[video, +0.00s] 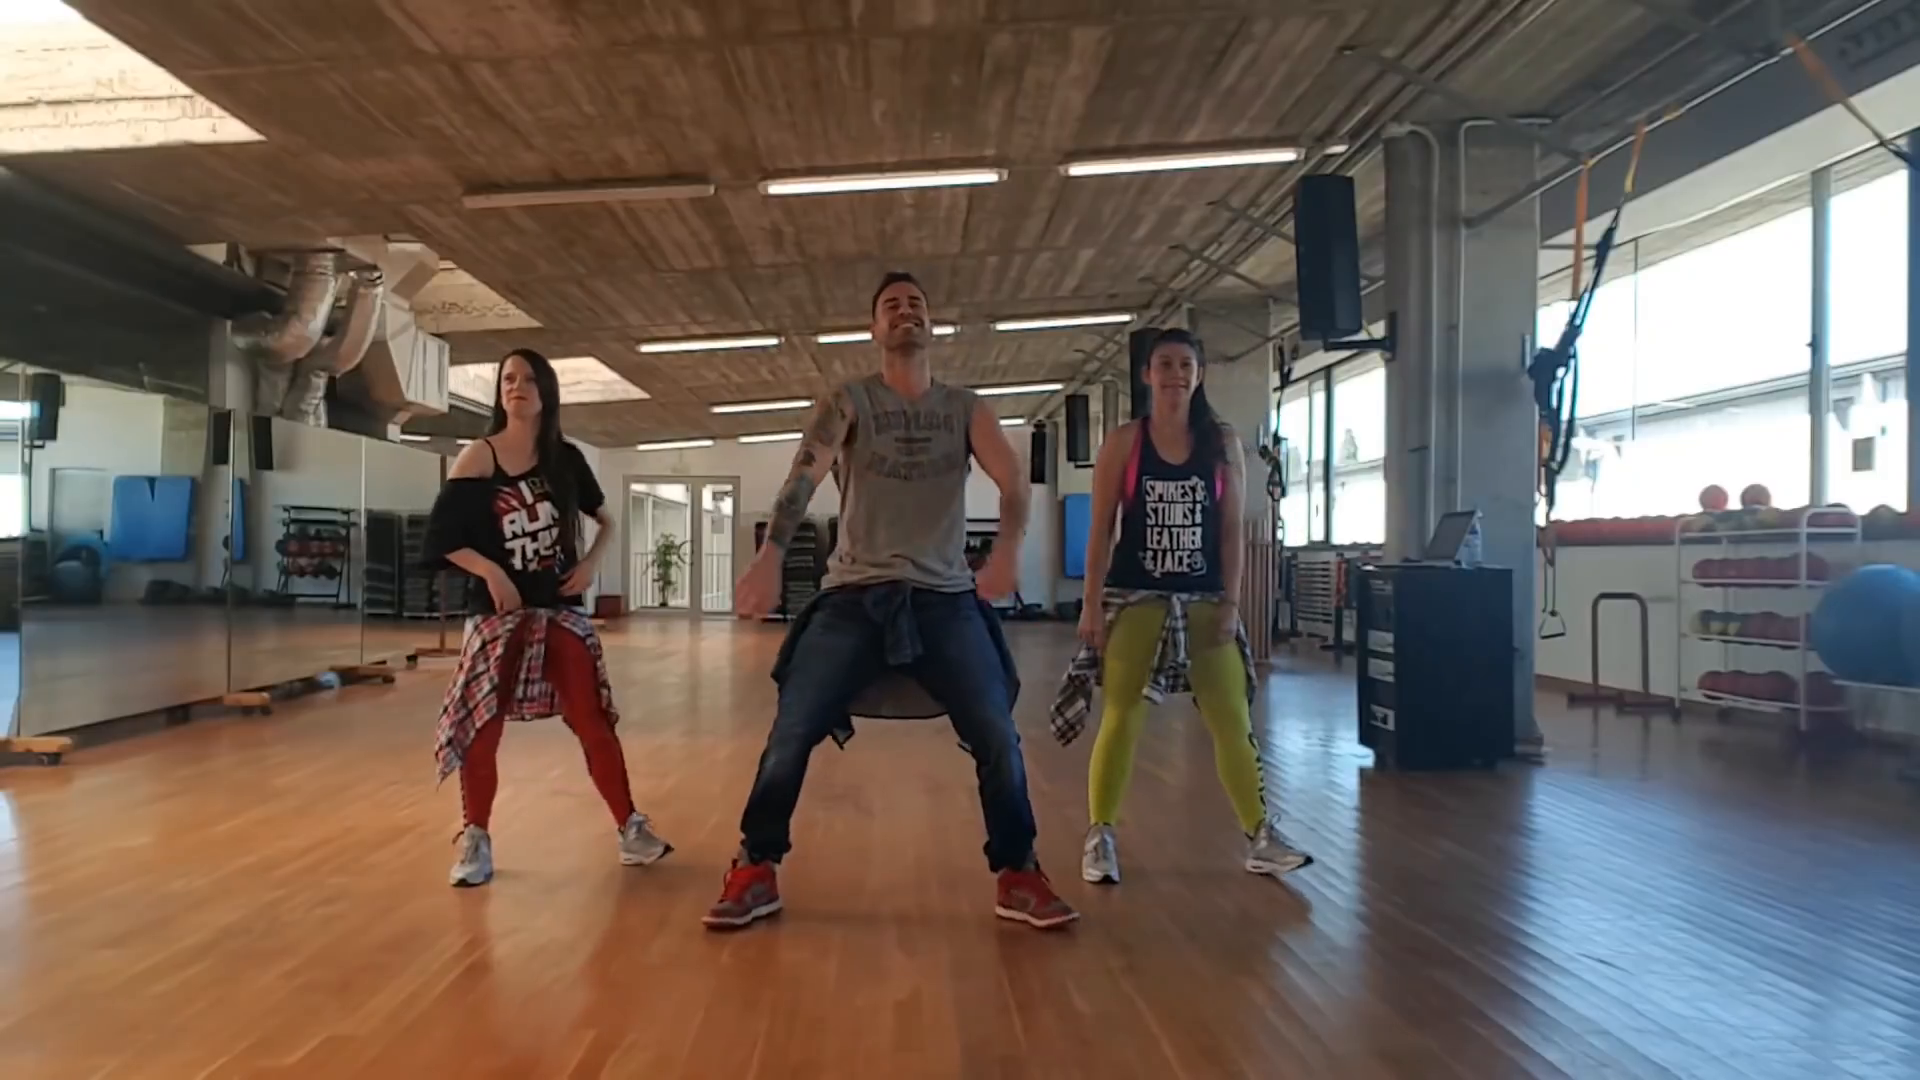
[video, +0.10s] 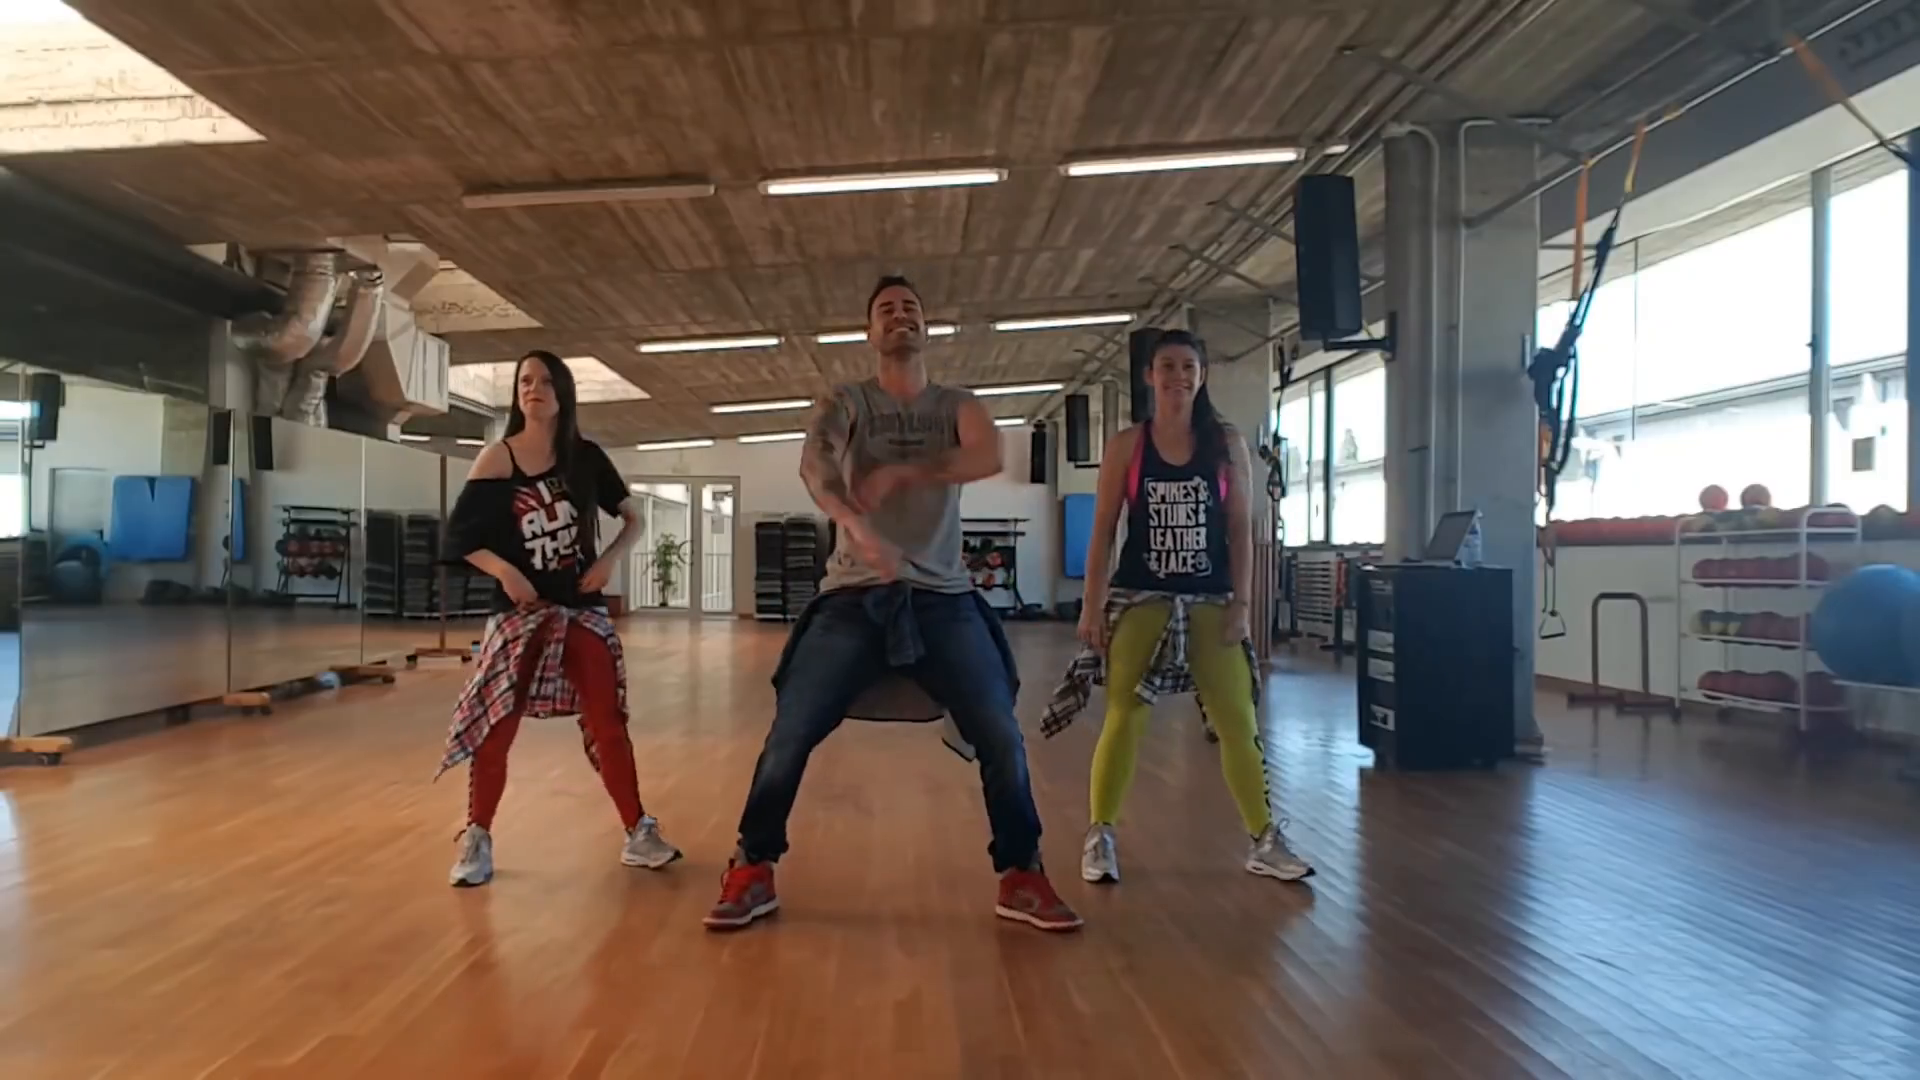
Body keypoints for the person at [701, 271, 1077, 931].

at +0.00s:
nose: (905, 310)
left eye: (914, 303)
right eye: (891, 304)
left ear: (931, 325)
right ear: (873, 329)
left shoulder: (965, 403)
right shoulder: (847, 401)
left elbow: (1013, 482)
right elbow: (801, 481)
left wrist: (1005, 558)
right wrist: (767, 559)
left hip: (943, 592)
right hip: (854, 591)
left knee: (995, 731)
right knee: (793, 723)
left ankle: (1017, 875)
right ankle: (755, 870)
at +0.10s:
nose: (900, 313)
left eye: (909, 306)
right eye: (886, 308)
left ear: (927, 329)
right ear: (869, 334)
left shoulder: (957, 403)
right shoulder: (841, 405)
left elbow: (986, 457)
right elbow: (814, 470)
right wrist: (856, 526)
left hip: (942, 595)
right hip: (851, 597)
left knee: (997, 728)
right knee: (792, 726)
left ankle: (1021, 876)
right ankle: (752, 869)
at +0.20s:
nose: (901, 315)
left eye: (911, 308)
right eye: (888, 309)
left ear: (928, 330)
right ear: (871, 333)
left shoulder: (956, 400)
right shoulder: (843, 402)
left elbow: (950, 439)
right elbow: (827, 464)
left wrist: (864, 452)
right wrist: (925, 489)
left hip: (945, 595)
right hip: (855, 592)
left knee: (1004, 730)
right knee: (792, 730)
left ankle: (1024, 875)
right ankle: (749, 869)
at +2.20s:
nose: (891, 361)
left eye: (901, 349)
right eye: (879, 350)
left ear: (920, 345)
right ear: (865, 348)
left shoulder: (946, 405)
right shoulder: (840, 411)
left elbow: (943, 450)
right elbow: (814, 470)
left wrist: (854, 451)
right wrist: (905, 462)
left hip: (940, 594)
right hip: (851, 592)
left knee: (998, 727)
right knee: (786, 729)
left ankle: (1031, 873)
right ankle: (756, 872)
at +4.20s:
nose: (882, 331)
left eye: (894, 320)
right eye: (871, 319)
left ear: (911, 329)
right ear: (853, 328)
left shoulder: (934, 393)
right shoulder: (828, 405)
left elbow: (923, 456)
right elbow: (796, 479)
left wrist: (838, 451)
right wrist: (882, 465)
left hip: (921, 598)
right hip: (831, 596)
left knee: (978, 733)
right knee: (768, 737)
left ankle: (1021, 876)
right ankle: (758, 873)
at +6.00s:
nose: (880, 319)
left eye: (892, 309)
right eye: (869, 309)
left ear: (910, 324)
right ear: (850, 323)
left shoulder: (932, 388)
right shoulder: (827, 397)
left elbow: (926, 454)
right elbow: (796, 473)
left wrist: (838, 446)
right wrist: (889, 463)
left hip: (921, 595)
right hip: (832, 593)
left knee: (985, 730)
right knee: (766, 731)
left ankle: (1013, 876)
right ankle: (755, 869)